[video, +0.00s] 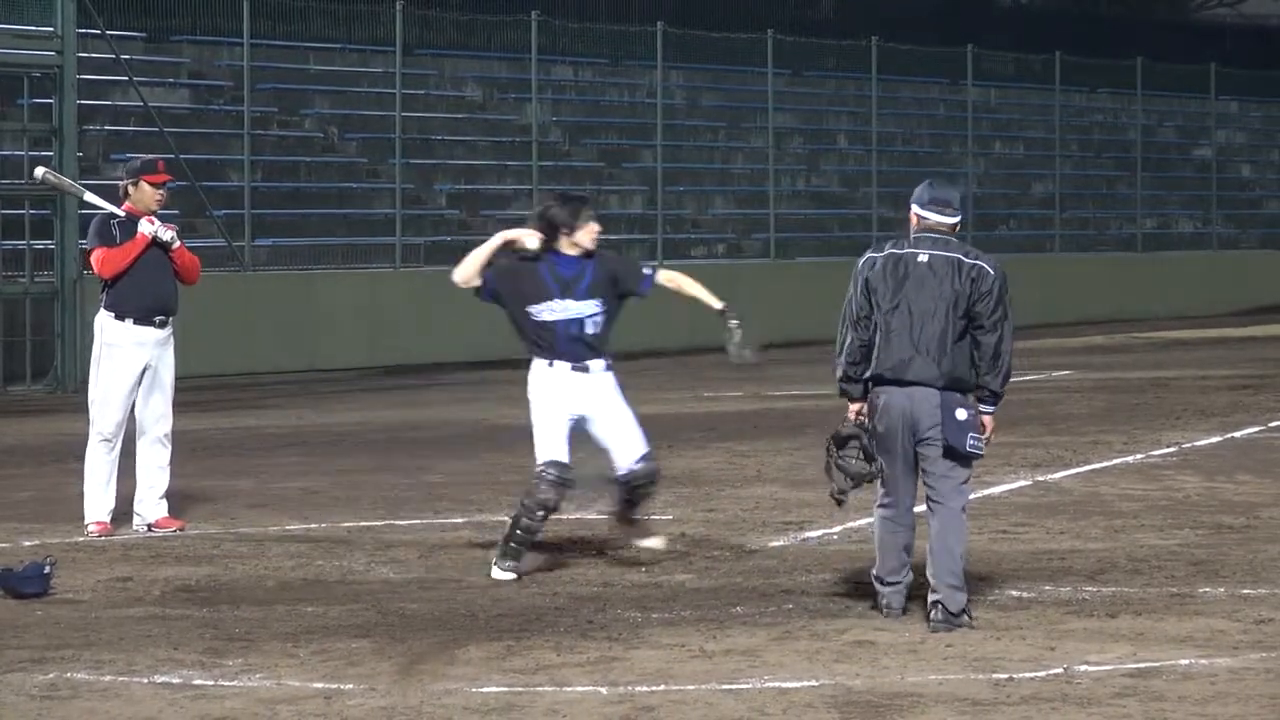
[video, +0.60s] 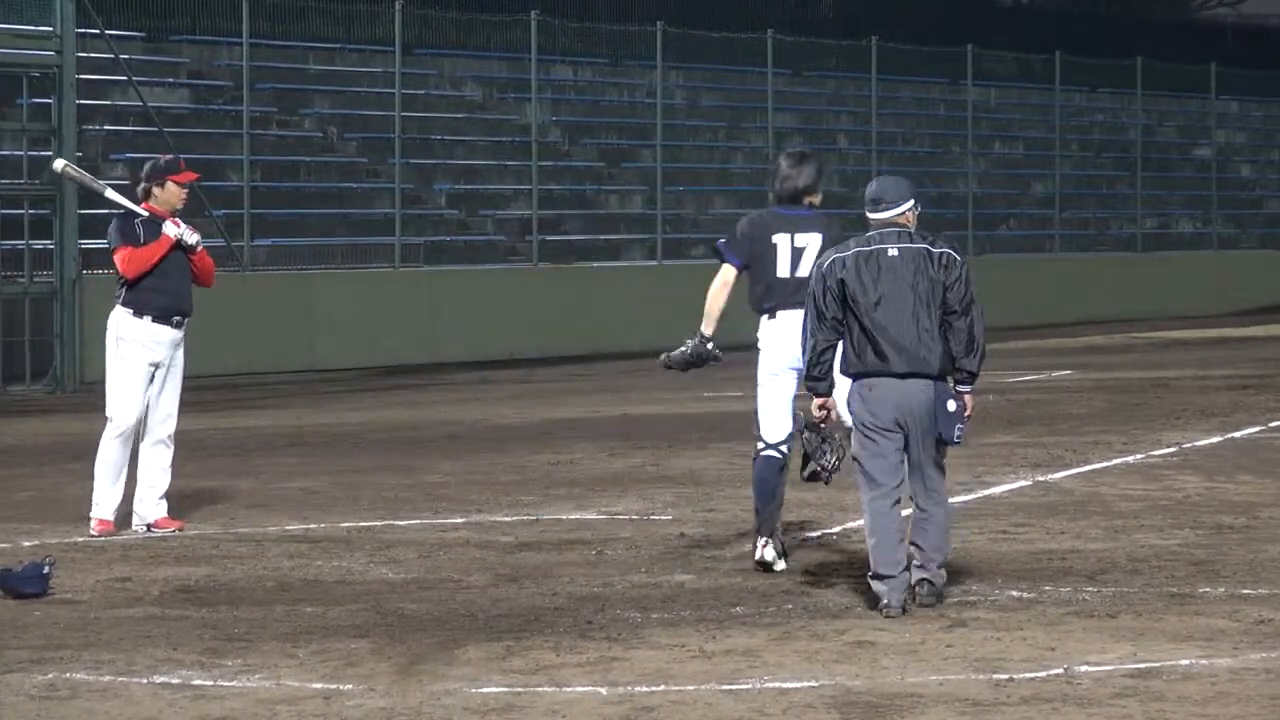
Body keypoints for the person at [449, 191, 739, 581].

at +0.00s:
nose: (598, 228)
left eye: (595, 221)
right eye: (588, 222)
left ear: (579, 229)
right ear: (564, 231)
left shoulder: (607, 267)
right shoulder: (521, 272)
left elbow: (669, 279)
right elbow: (461, 277)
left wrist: (720, 306)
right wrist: (503, 237)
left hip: (598, 378)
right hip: (550, 380)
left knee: (639, 468)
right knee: (553, 478)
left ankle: (625, 524)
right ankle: (508, 556)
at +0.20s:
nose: (699, 223)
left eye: (697, 218)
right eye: (695, 218)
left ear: (669, 223)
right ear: (681, 223)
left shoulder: (671, 268)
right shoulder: (675, 261)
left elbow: (689, 328)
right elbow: (718, 260)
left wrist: (736, 344)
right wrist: (672, 239)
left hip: (693, 373)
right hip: (683, 372)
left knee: (752, 455)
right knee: (666, 482)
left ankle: (748, 552)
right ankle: (575, 516)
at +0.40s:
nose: (769, 195)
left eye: (767, 188)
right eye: (767, 189)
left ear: (725, 192)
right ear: (759, 193)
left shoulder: (699, 231)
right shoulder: (769, 226)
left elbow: (674, 290)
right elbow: (801, 282)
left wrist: (713, 317)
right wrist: (812, 324)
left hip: (720, 335)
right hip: (760, 329)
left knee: (752, 437)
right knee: (798, 427)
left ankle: (752, 540)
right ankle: (711, 426)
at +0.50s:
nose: (798, 193)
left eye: (795, 186)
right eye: (796, 187)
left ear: (753, 186)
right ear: (788, 190)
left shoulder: (728, 222)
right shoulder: (805, 226)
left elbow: (699, 279)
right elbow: (824, 281)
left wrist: (709, 326)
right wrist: (829, 328)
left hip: (749, 327)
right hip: (797, 324)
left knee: (758, 436)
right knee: (821, 404)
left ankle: (760, 534)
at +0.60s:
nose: (820, 197)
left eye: (817, 190)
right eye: (819, 191)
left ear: (777, 189)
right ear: (814, 194)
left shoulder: (755, 225)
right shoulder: (833, 229)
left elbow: (724, 280)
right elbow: (851, 287)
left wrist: (704, 335)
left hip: (778, 329)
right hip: (832, 328)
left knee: (773, 433)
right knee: (845, 407)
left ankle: (767, 537)